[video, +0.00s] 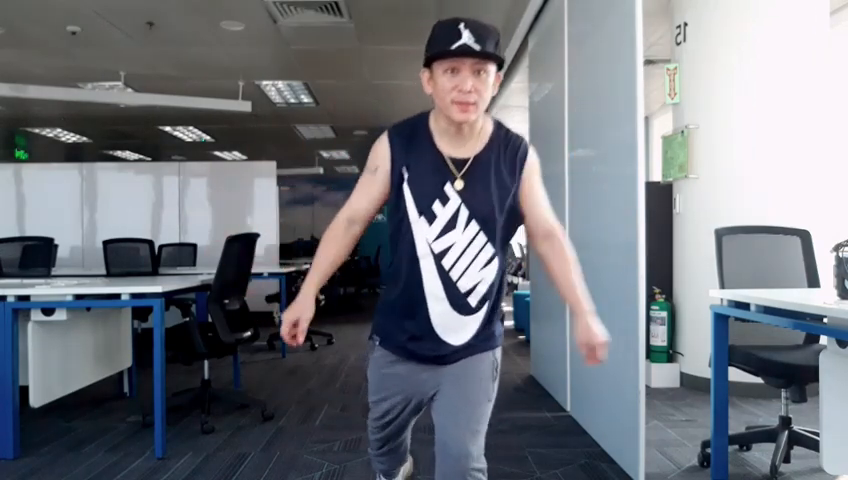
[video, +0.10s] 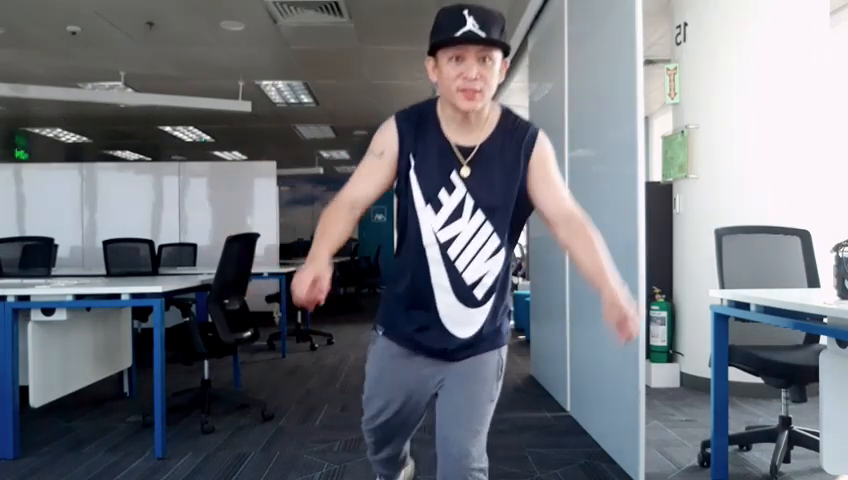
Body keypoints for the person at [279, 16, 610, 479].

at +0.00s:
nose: (466, 85)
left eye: (479, 72)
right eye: (452, 72)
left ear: (495, 81)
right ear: (427, 80)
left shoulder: (515, 154)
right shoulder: (395, 146)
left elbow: (547, 235)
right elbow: (350, 221)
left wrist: (584, 314)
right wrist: (308, 291)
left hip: (474, 344)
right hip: (400, 339)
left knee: (462, 464)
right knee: (384, 441)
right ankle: (394, 473)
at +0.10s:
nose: (471, 72)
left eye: (484, 59)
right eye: (457, 59)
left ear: (501, 69)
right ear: (433, 68)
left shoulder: (527, 144)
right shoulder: (401, 132)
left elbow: (568, 221)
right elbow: (350, 201)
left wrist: (610, 289)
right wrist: (319, 256)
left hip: (479, 340)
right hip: (405, 332)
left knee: (464, 463)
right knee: (380, 432)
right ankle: (391, 470)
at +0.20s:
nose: (472, 62)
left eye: (485, 48)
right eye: (458, 48)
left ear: (506, 56)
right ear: (435, 59)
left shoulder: (538, 128)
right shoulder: (409, 114)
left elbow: (574, 199)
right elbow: (356, 172)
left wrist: (613, 227)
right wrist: (329, 202)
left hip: (489, 337)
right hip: (411, 325)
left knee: (469, 468)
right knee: (372, 456)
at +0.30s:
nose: (478, 50)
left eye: (492, 35)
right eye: (463, 37)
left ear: (512, 44)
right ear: (441, 48)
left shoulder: (546, 117)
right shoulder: (415, 110)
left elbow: (589, 189)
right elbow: (360, 174)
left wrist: (568, 190)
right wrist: (307, 209)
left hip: (496, 337)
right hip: (416, 324)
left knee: (475, 470)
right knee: (370, 460)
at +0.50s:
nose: (489, 34)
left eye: (503, 20)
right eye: (473, 20)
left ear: (525, 31)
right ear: (450, 34)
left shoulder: (558, 105)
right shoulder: (424, 109)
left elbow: (573, 181)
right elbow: (367, 193)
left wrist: (488, 194)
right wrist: (310, 269)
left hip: (515, 333)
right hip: (432, 323)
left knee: (492, 471)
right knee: (413, 464)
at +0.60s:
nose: (492, 32)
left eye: (508, 17)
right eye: (477, 17)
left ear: (529, 30)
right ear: (452, 30)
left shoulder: (561, 105)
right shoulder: (426, 112)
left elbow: (577, 182)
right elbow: (397, 193)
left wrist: (488, 221)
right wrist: (366, 259)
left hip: (522, 331)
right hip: (444, 329)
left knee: (508, 471)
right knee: (461, 470)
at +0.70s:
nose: (495, 23)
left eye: (511, 8)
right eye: (479, 8)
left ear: (535, 20)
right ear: (452, 21)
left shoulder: (573, 97)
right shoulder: (432, 109)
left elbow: (607, 176)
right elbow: (428, 186)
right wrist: (414, 242)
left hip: (542, 340)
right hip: (459, 340)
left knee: (522, 470)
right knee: (500, 471)